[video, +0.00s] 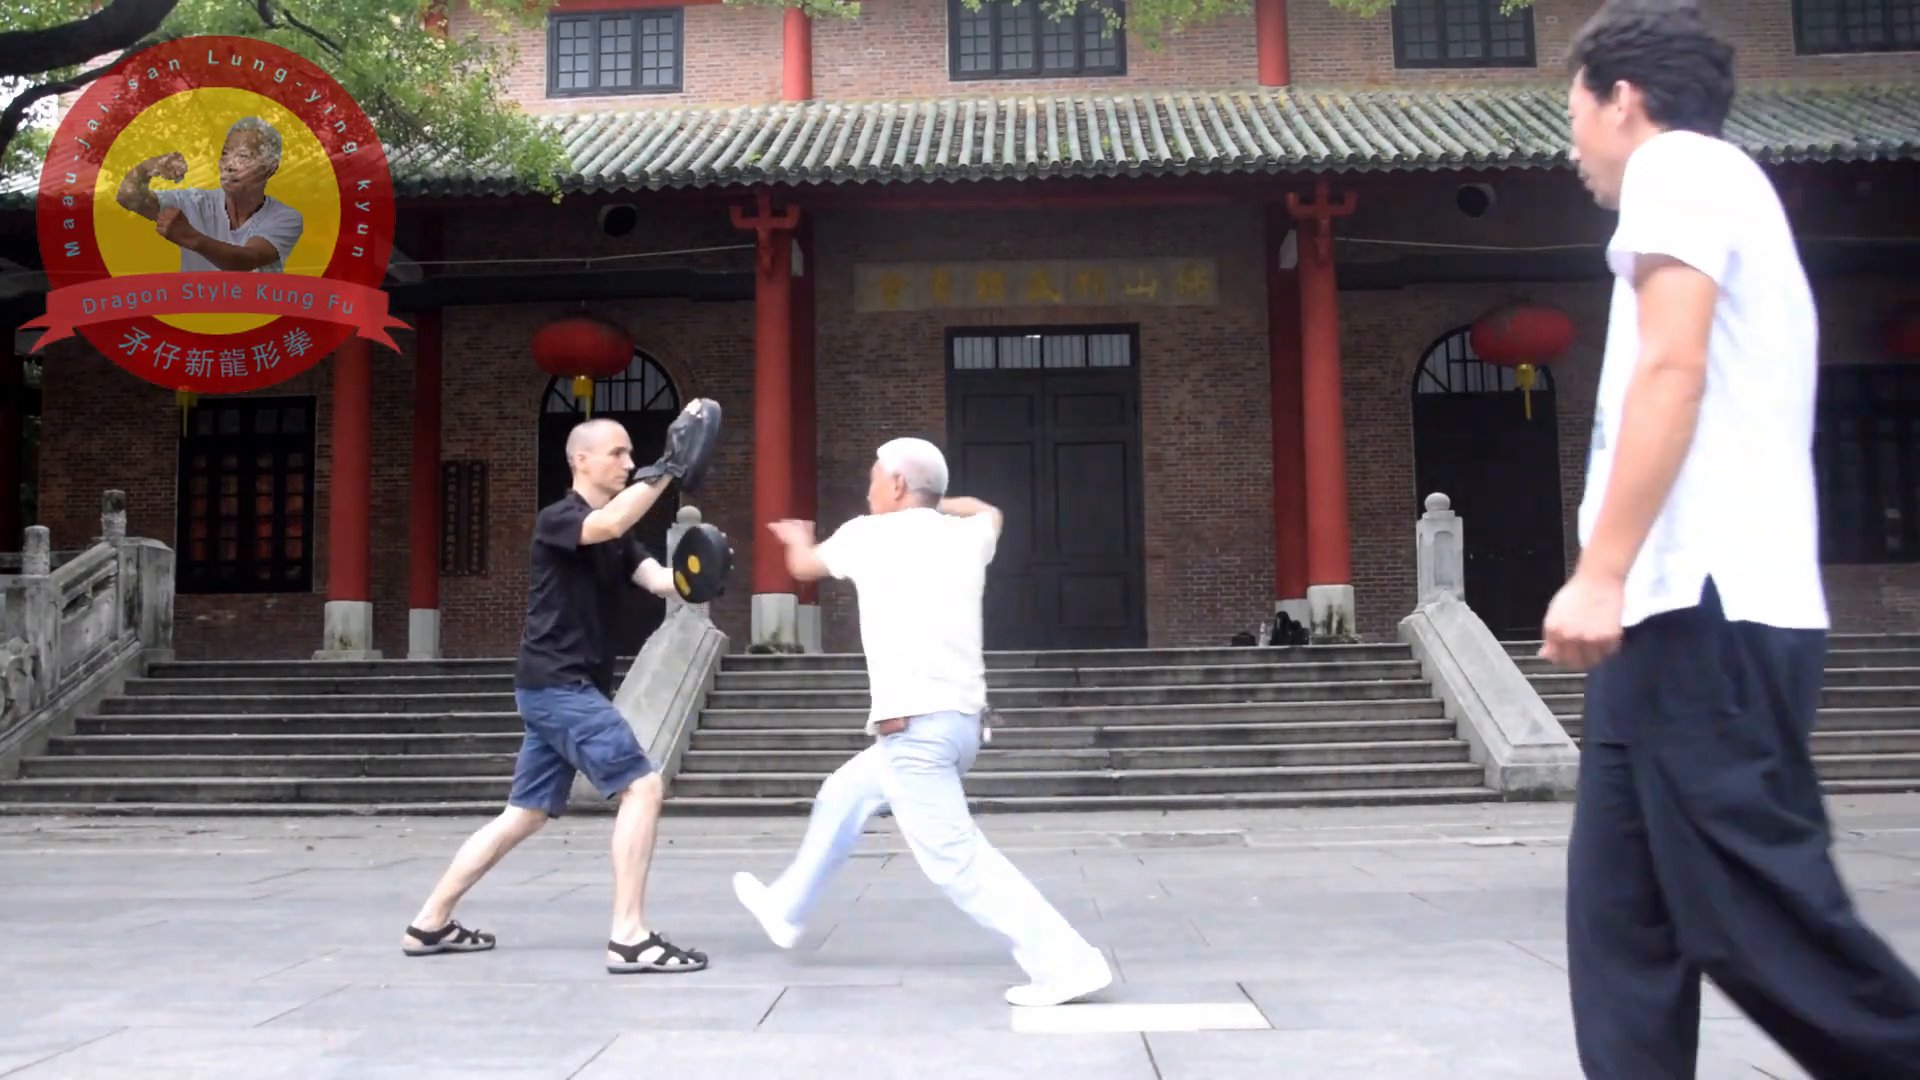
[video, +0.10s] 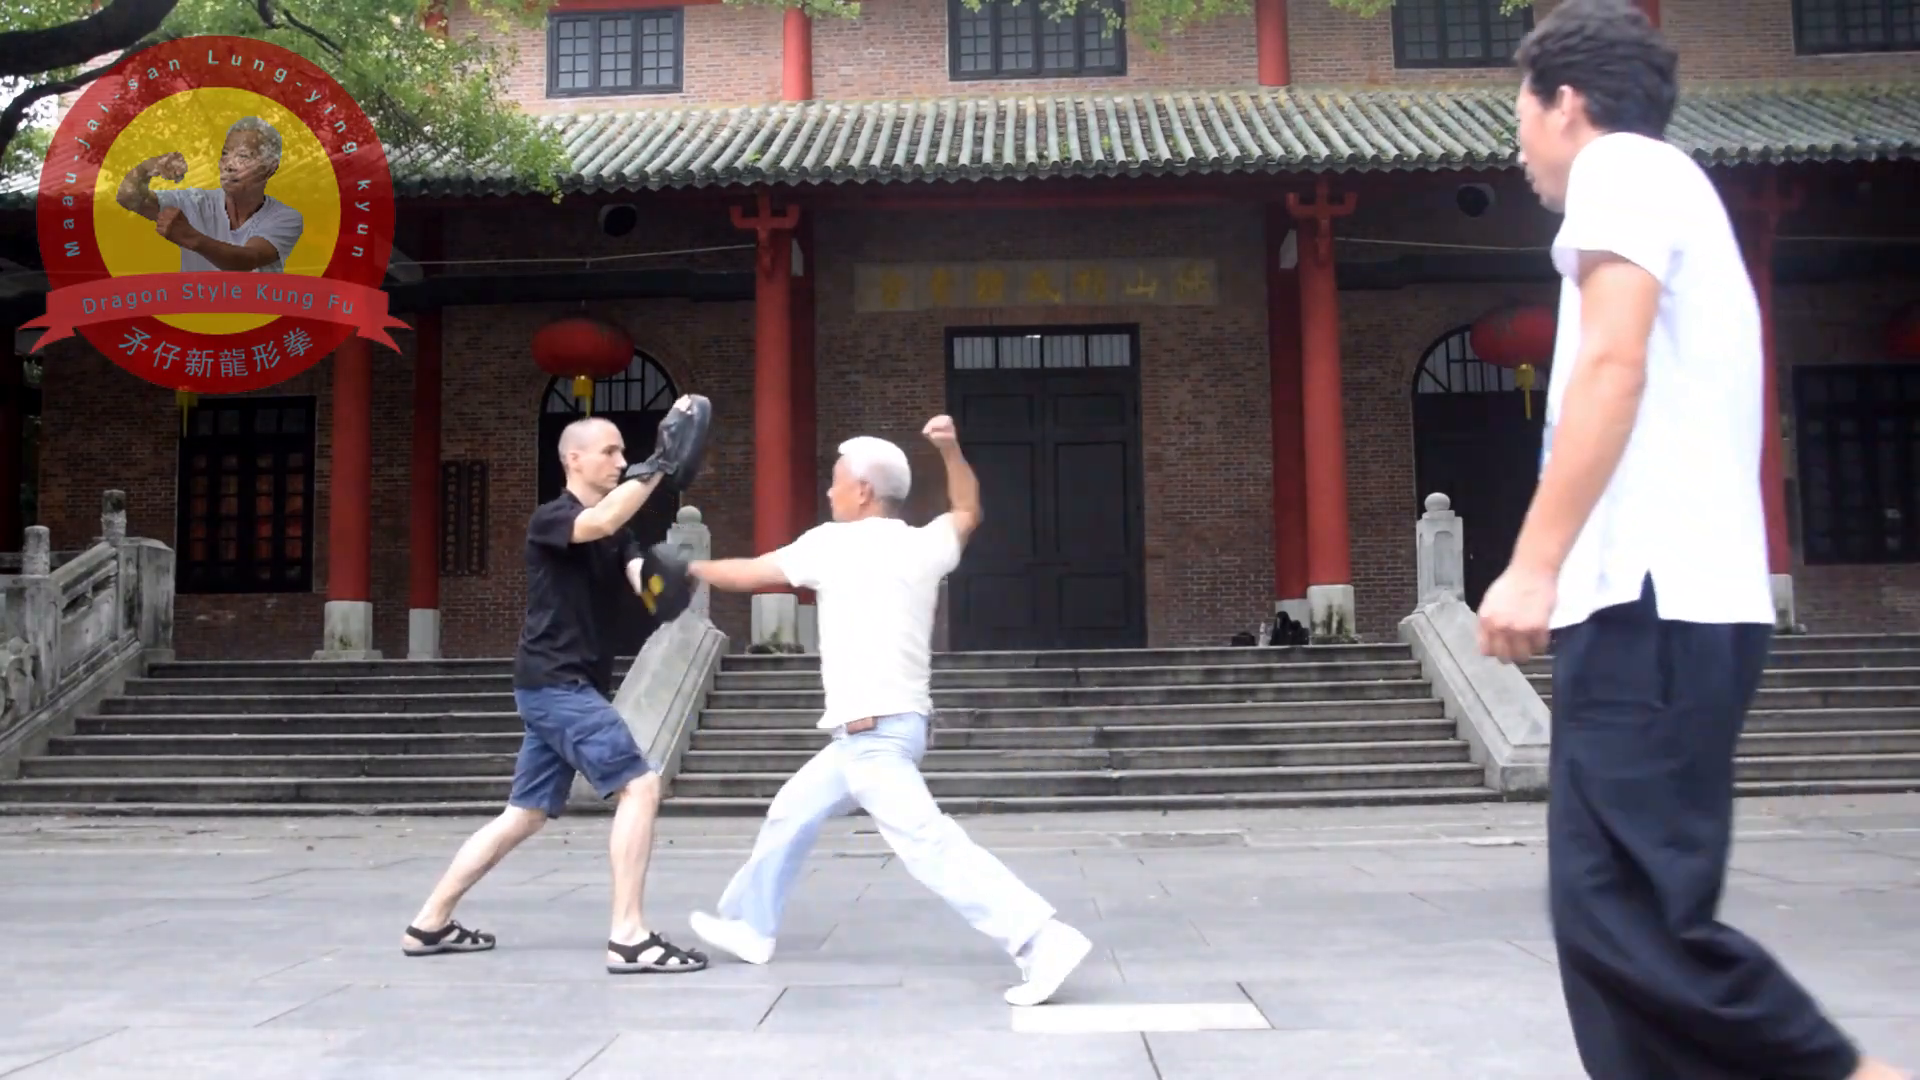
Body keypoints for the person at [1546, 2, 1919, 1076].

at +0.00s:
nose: (1571, 134)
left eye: (1576, 106)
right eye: (1570, 109)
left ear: (1629, 100)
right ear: (1673, 102)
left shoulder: (1682, 167)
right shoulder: (1715, 186)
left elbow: (1672, 372)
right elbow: (1710, 405)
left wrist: (1600, 572)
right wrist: (1616, 578)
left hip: (1713, 613)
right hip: (1662, 618)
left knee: (1762, 924)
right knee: (1620, 931)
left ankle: (1897, 1051)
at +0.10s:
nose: (1518, 136)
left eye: (1522, 111)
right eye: (1516, 114)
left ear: (1572, 104)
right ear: (1623, 106)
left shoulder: (1624, 168)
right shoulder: (1666, 189)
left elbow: (1613, 371)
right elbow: (1647, 401)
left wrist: (1535, 563)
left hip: (1658, 603)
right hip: (1652, 602)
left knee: (1620, 920)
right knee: (1605, 922)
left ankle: (1844, 1067)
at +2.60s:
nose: (499, 164)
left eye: (500, 152)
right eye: (507, 151)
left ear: (512, 160)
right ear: (620, 169)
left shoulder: (483, 247)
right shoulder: (679, 288)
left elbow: (427, 446)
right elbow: (731, 476)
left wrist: (372, 628)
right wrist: (714, 636)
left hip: (548, 656)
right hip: (672, 651)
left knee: (522, 924)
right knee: (648, 887)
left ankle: (549, 1076)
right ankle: (735, 1064)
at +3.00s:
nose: (396, 194)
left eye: (397, 181)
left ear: (402, 186)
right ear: (515, 193)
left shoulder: (385, 273)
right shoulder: (576, 320)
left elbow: (330, 456)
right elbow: (628, 489)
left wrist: (284, 649)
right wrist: (635, 654)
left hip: (434, 672)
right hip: (556, 673)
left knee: (474, 943)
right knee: (453, 932)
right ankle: (404, 1065)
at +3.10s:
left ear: (378, 194)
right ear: (494, 206)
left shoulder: (358, 290)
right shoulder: (546, 336)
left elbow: (308, 463)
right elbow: (594, 505)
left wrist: (259, 652)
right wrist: (595, 665)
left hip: (402, 677)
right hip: (518, 679)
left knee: (447, 948)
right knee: (428, 946)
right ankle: (385, 1076)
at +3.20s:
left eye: (350, 191)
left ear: (361, 194)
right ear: (471, 215)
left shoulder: (331, 284)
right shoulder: (514, 337)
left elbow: (285, 453)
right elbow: (557, 505)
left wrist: (232, 637)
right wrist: (551, 667)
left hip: (377, 669)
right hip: (488, 673)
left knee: (405, 933)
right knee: (421, 927)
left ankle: (494, 1069)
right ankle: (379, 1078)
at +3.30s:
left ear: (343, 195)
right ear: (453, 218)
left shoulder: (310, 284)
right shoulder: (492, 338)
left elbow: (258, 448)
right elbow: (530, 508)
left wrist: (206, 622)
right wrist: (511, 660)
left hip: (350, 659)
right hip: (466, 662)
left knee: (363, 919)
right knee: (417, 914)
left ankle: (472, 1075)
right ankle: (384, 1071)